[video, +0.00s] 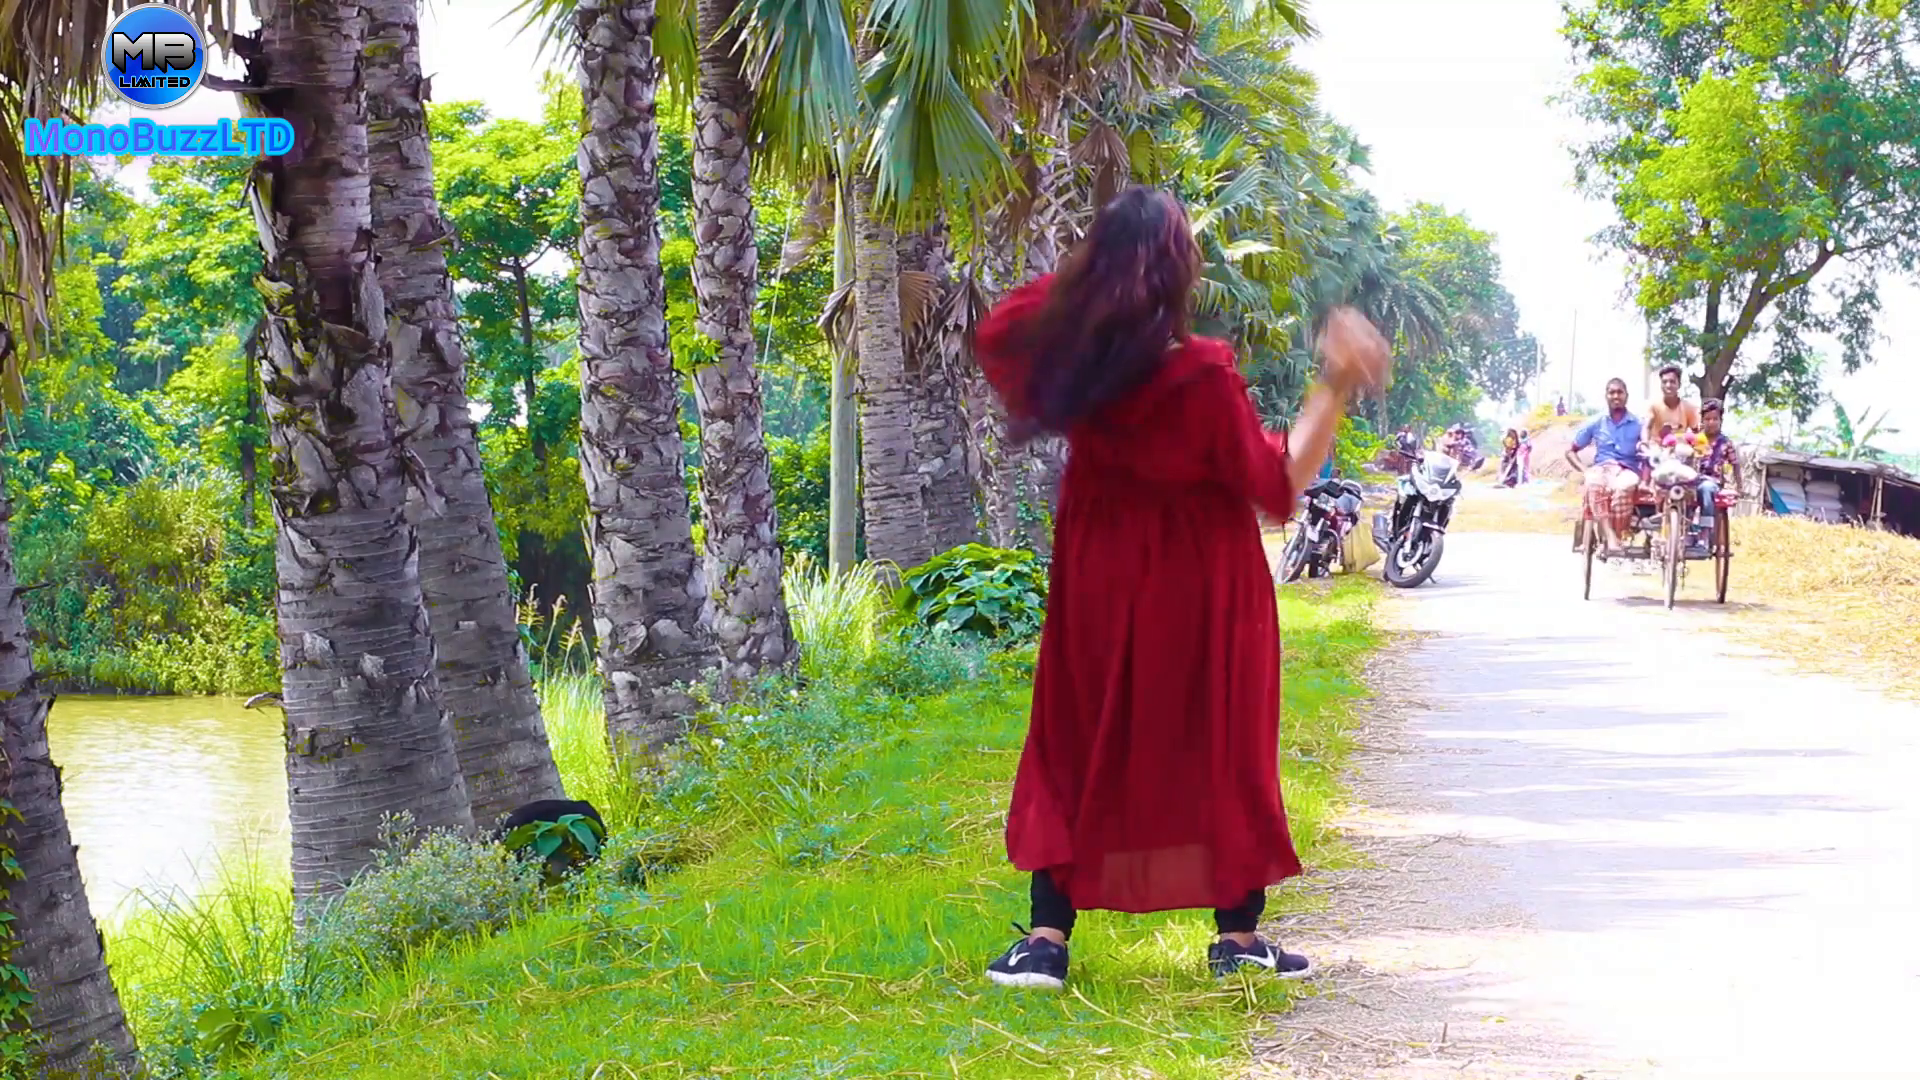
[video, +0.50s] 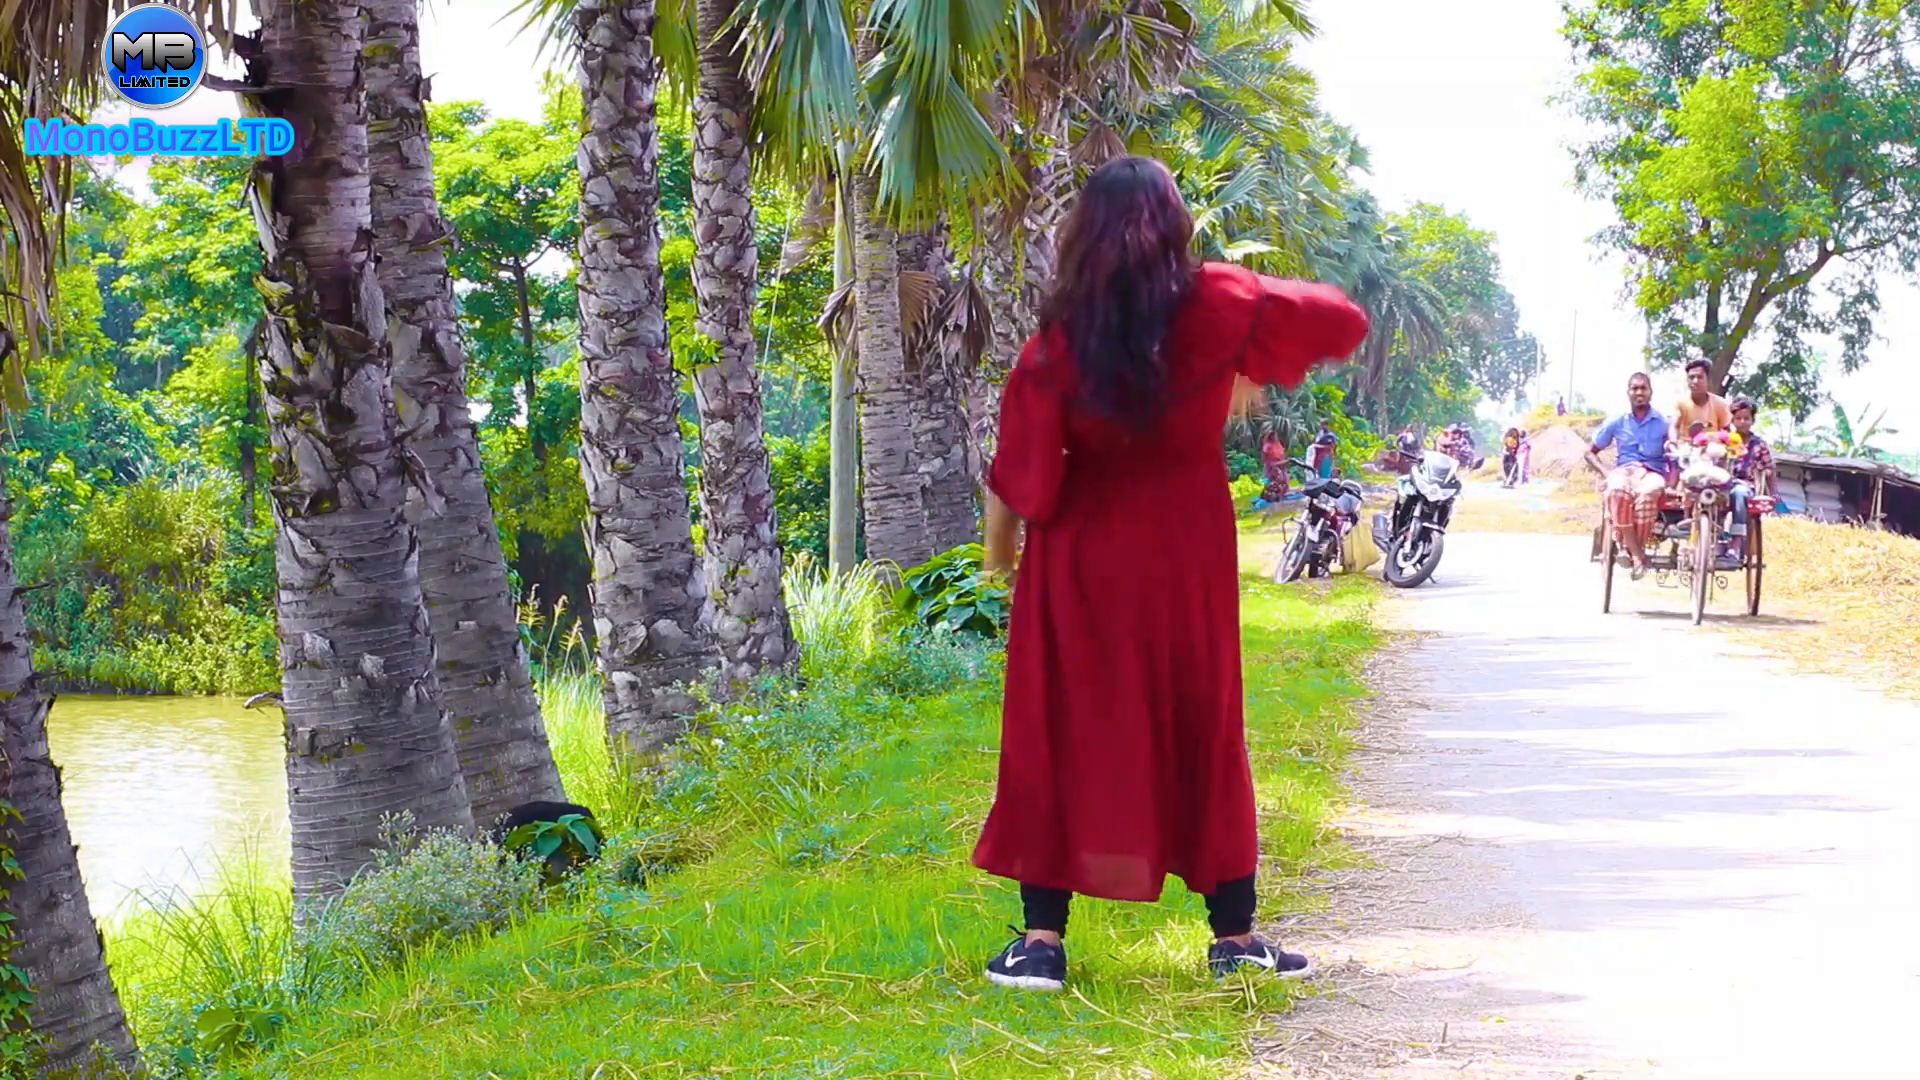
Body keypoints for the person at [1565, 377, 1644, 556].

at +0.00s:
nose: (1616, 396)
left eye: (1620, 392)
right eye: (1611, 392)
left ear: (1626, 395)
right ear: (1606, 396)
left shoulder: (1637, 424)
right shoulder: (1598, 422)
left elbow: (1646, 453)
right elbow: (1570, 452)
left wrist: (1646, 481)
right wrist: (1584, 470)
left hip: (1628, 468)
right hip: (1602, 466)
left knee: (1622, 490)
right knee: (1594, 487)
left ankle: (1615, 540)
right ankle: (1610, 536)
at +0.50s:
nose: (1639, 392)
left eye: (1643, 388)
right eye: (1634, 388)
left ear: (1651, 392)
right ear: (1628, 392)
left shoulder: (1662, 423)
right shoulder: (1618, 422)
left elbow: (1673, 458)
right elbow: (1589, 452)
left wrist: (1672, 485)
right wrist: (1605, 472)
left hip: (1653, 470)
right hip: (1624, 468)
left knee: (1648, 495)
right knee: (1617, 493)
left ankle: (1637, 551)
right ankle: (1636, 556)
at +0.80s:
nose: (1656, 389)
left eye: (1661, 384)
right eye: (1651, 385)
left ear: (1668, 389)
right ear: (1644, 389)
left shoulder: (1680, 422)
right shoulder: (1635, 420)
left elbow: (1692, 460)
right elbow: (1602, 453)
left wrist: (1688, 487)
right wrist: (1623, 476)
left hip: (1669, 471)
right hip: (1639, 470)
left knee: (1662, 497)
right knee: (1632, 495)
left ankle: (1656, 559)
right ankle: (1651, 561)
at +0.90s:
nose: (1662, 388)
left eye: (1667, 383)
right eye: (1657, 383)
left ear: (1675, 387)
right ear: (1650, 387)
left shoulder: (1686, 420)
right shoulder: (1640, 419)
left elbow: (1697, 458)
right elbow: (1607, 451)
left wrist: (1695, 487)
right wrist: (1626, 474)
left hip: (1675, 472)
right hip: (1644, 470)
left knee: (1669, 496)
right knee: (1637, 495)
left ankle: (1660, 559)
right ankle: (1655, 561)